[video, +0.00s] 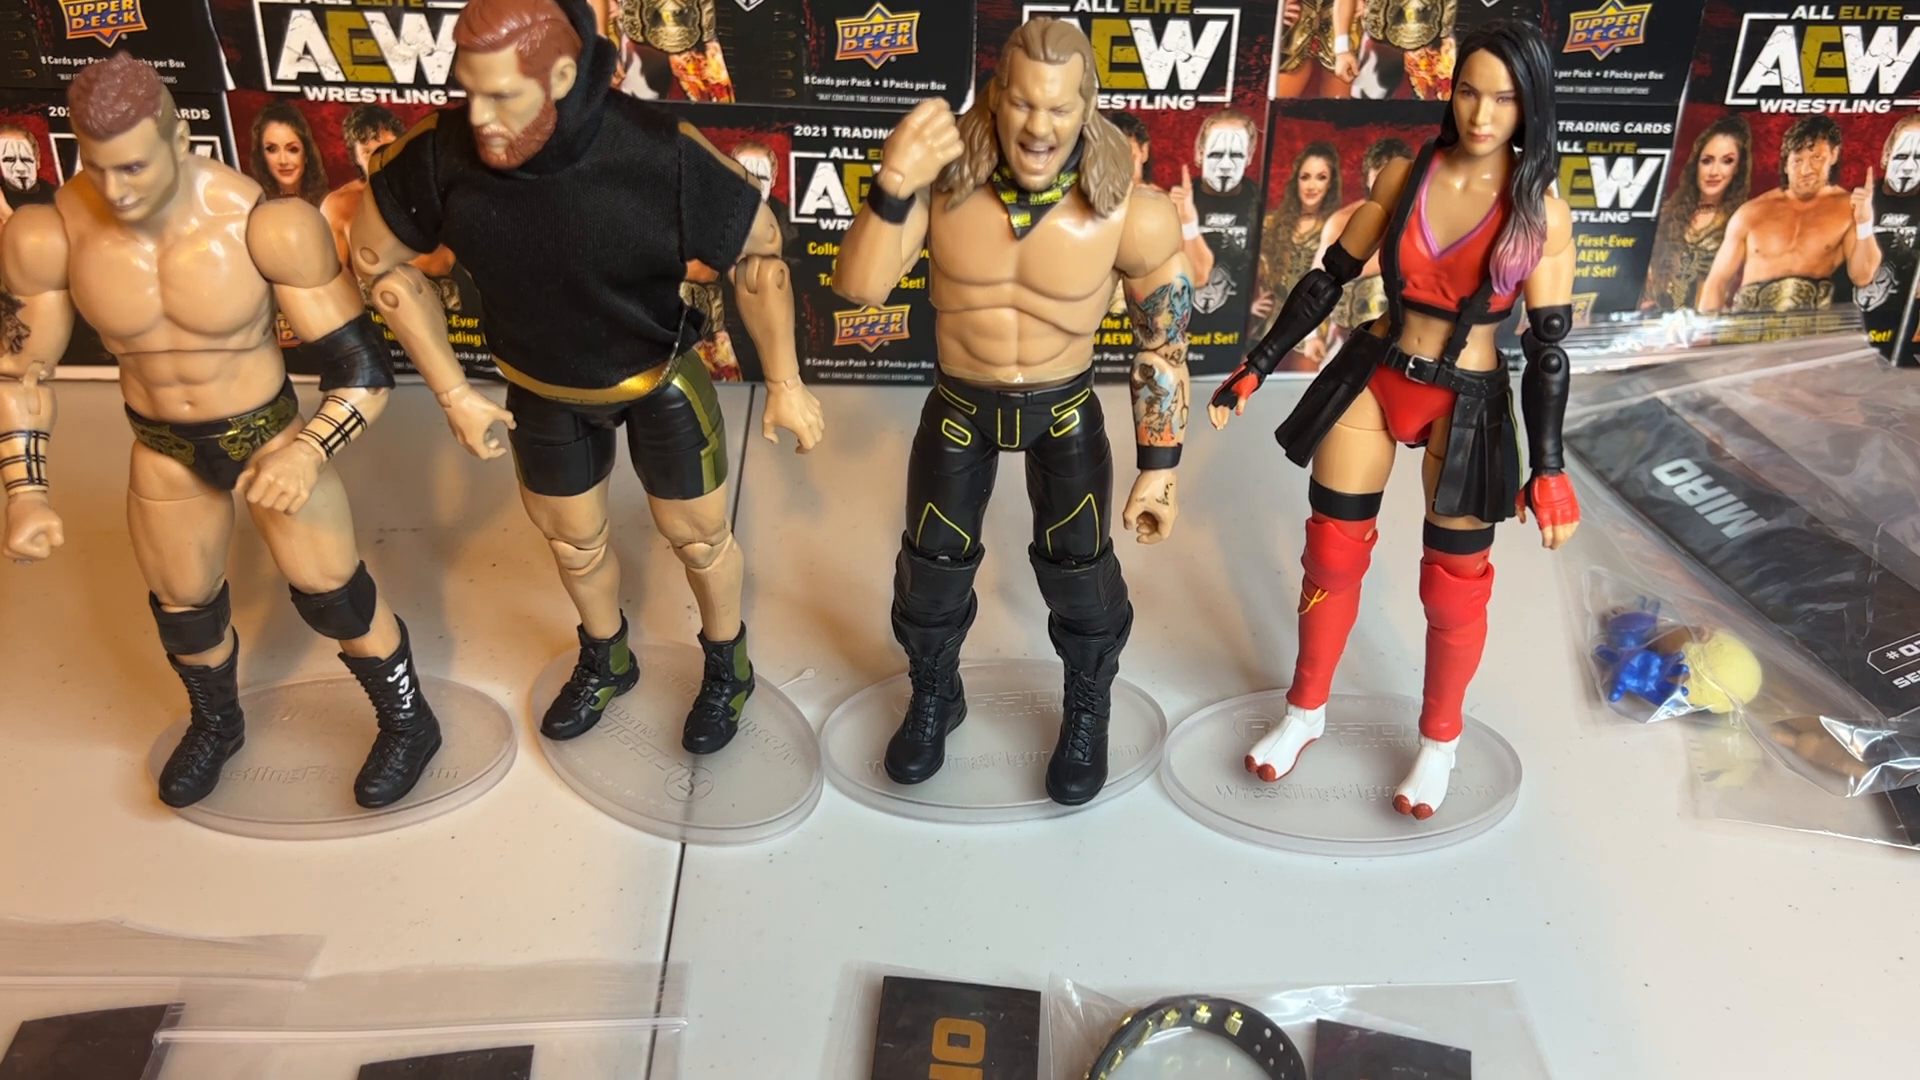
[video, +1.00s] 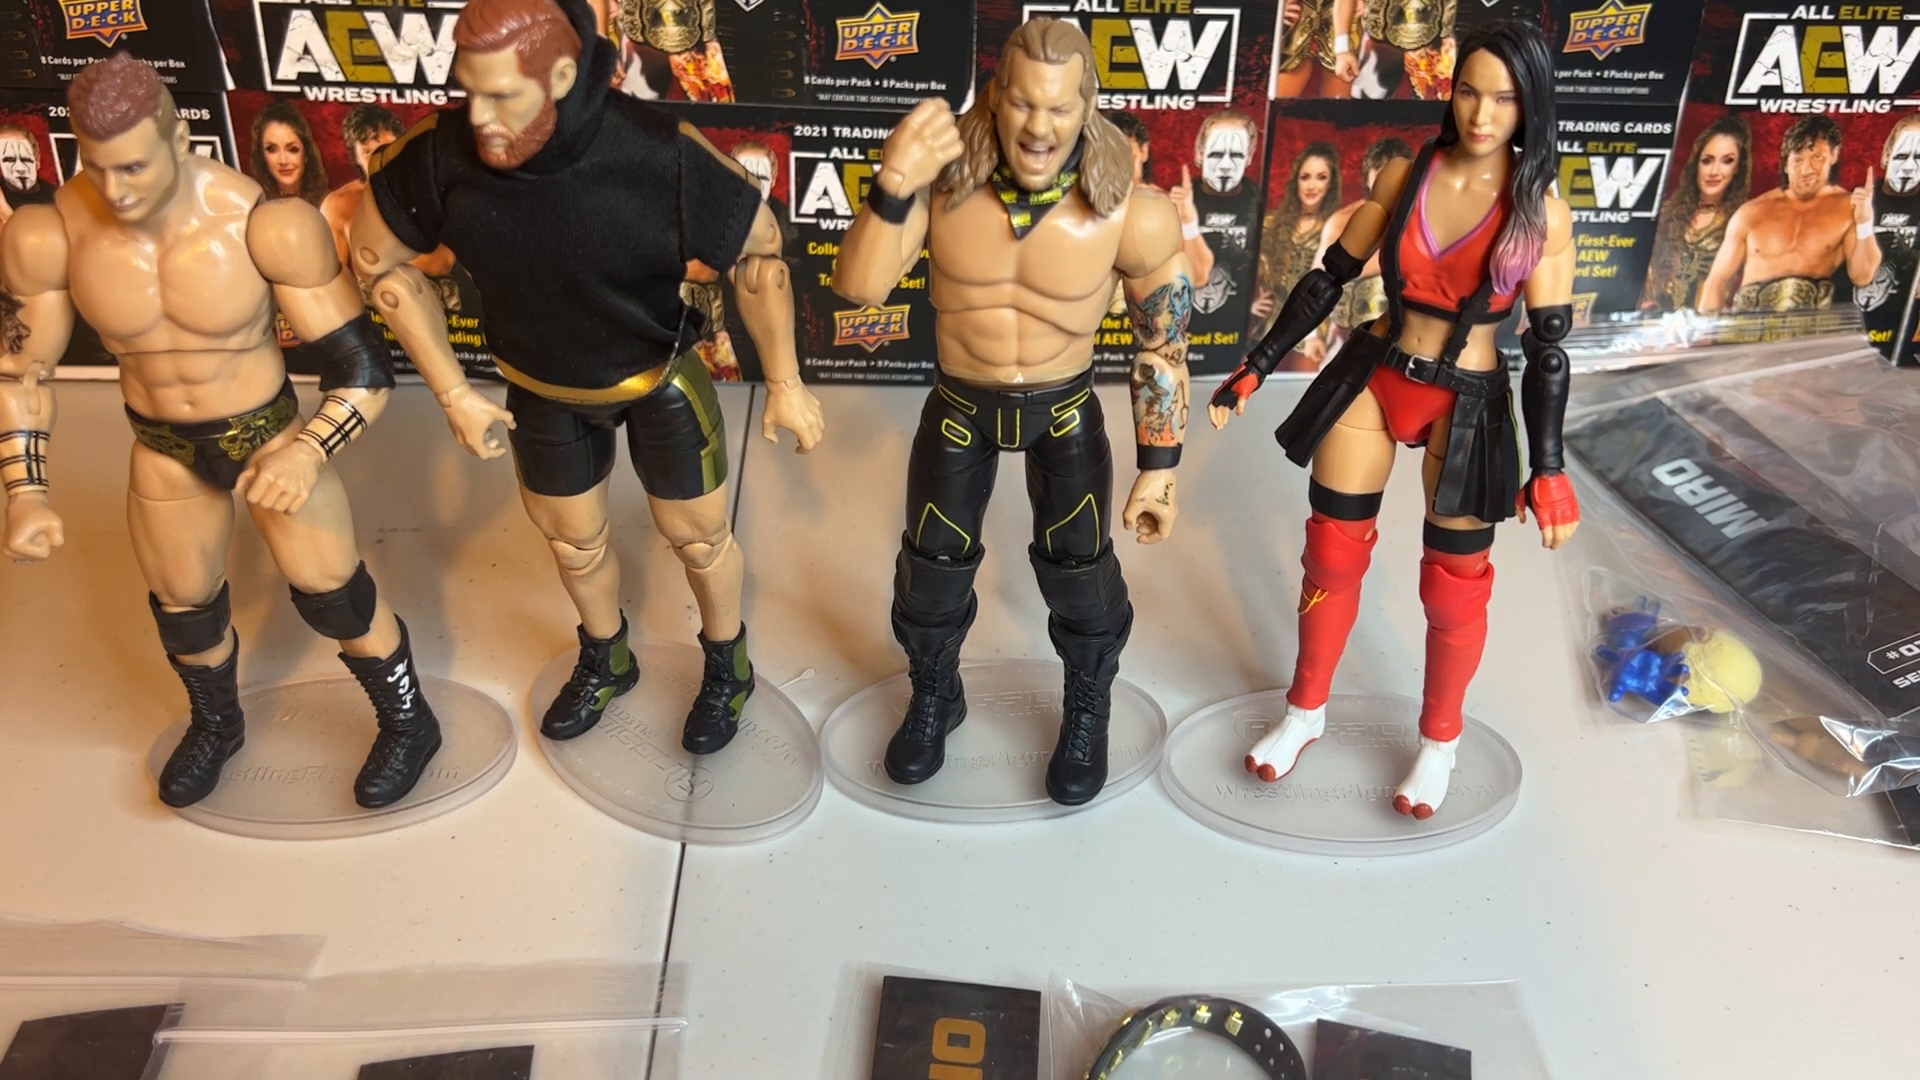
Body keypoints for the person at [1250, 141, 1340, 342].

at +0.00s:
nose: (1312, 186)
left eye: (1321, 178)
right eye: (1305, 177)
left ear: (1332, 183)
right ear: (1295, 180)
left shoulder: (1338, 230)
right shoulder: (1270, 225)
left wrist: (1319, 335)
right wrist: (1251, 302)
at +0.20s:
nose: (1312, 185)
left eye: (1321, 177)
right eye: (1305, 177)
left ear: (1332, 183)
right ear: (1295, 180)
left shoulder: (1338, 230)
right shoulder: (1270, 225)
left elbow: (1337, 286)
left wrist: (1320, 335)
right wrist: (1252, 302)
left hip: (1312, 336)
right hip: (1268, 330)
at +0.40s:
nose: (1312, 186)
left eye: (1321, 177)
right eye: (1305, 177)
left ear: (1332, 183)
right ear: (1295, 181)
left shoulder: (1338, 230)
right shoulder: (1270, 225)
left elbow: (1334, 285)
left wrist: (1319, 335)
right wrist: (1251, 303)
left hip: (1312, 335)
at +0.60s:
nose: (1312, 186)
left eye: (1321, 178)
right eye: (1305, 177)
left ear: (1332, 183)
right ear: (1295, 181)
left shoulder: (1338, 230)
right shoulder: (1270, 225)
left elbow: (1335, 286)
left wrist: (1319, 335)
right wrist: (1252, 302)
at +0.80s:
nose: (1312, 185)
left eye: (1321, 178)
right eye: (1305, 177)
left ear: (1332, 183)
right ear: (1295, 180)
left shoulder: (1338, 230)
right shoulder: (1270, 225)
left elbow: (1337, 287)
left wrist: (1321, 335)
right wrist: (1254, 302)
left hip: (1312, 337)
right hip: (1268, 331)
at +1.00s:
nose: (1312, 186)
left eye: (1321, 177)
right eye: (1305, 177)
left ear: (1332, 183)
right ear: (1295, 181)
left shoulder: (1339, 230)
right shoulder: (1270, 225)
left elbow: (1337, 286)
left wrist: (1320, 335)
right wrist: (1252, 302)